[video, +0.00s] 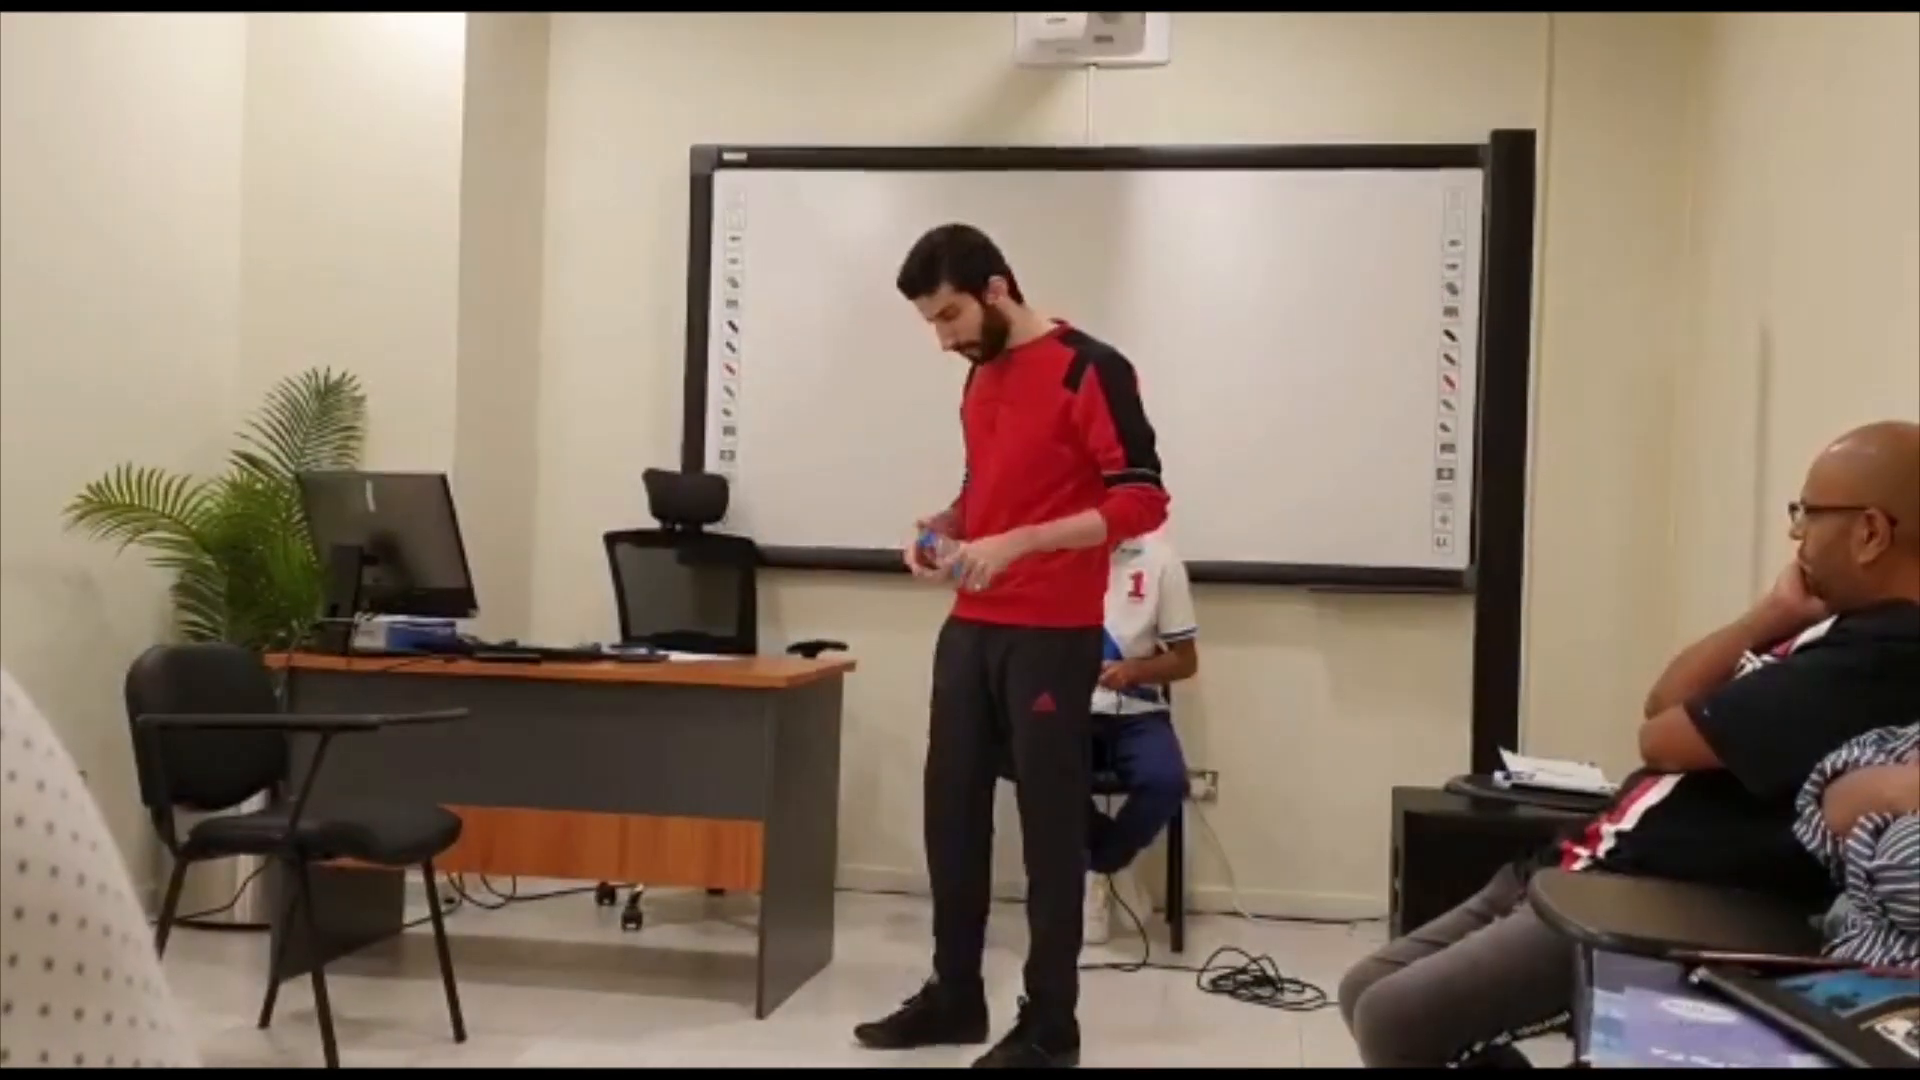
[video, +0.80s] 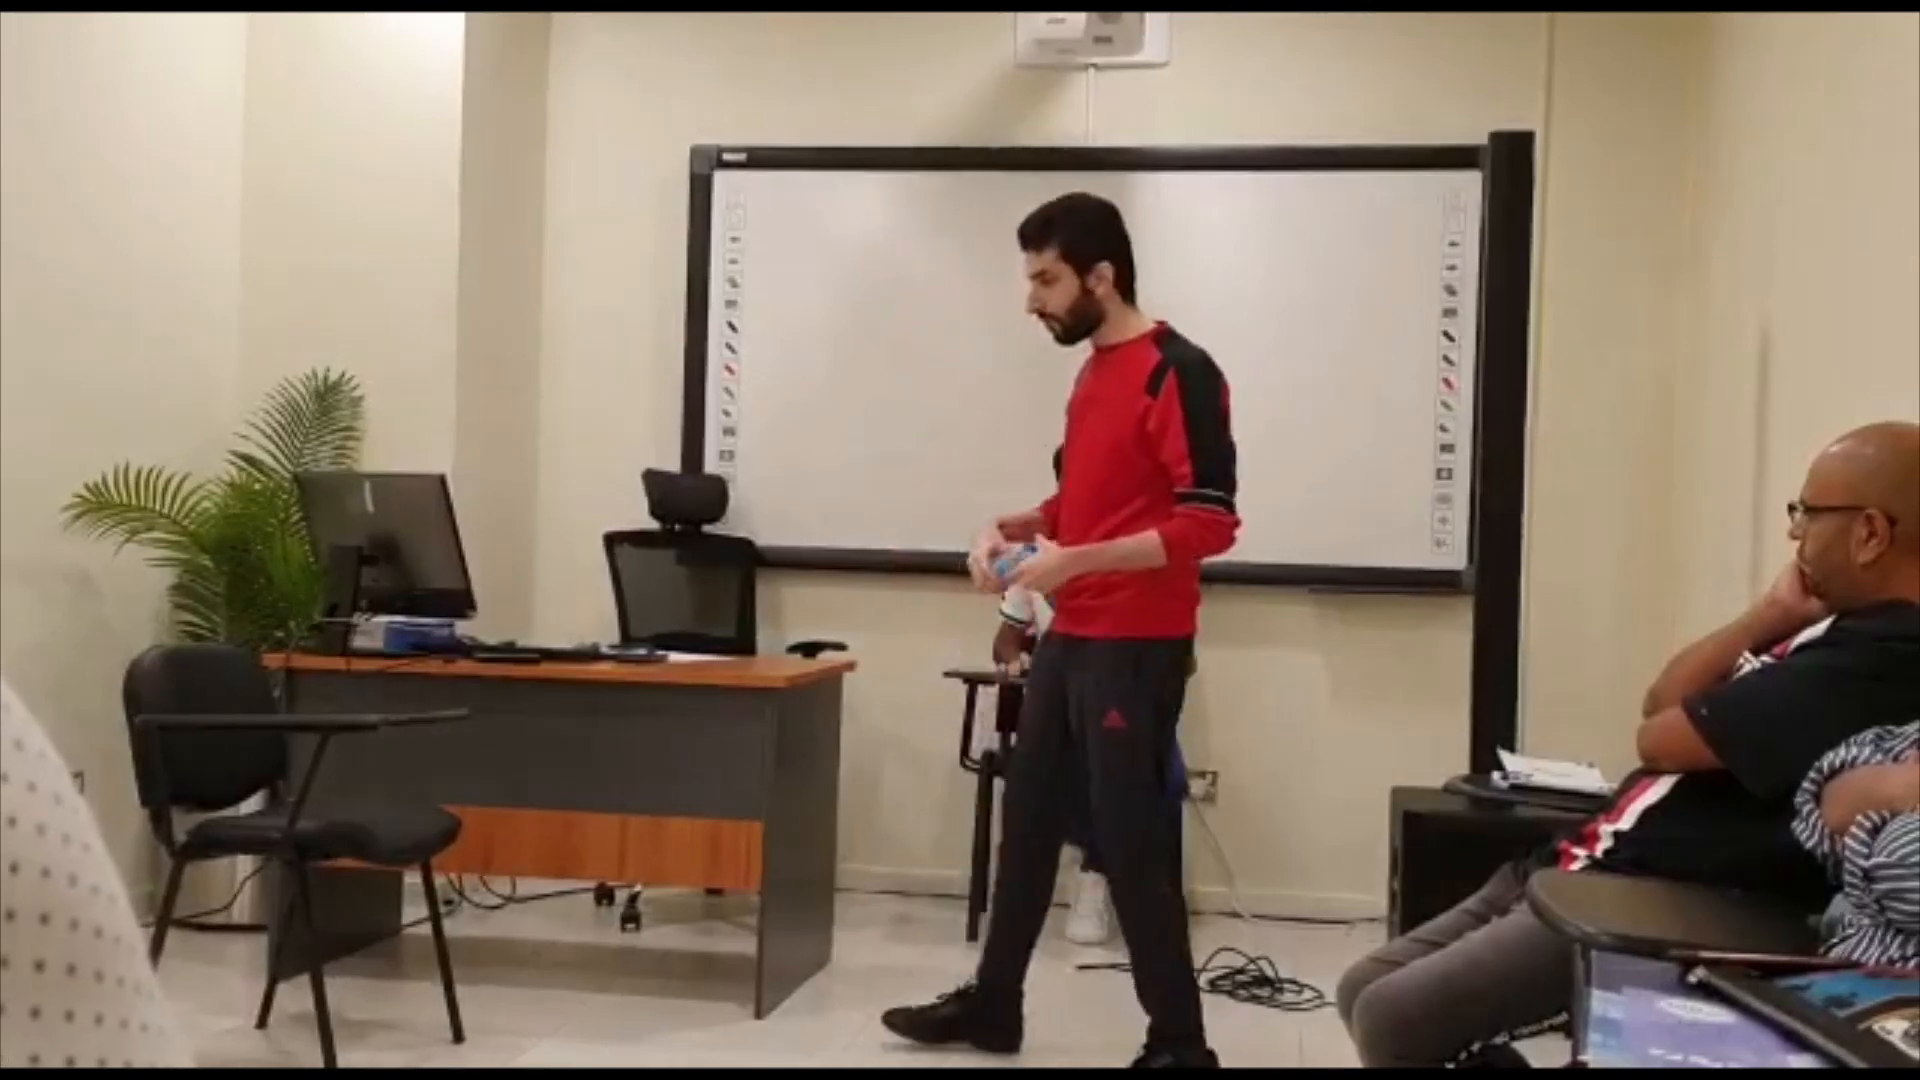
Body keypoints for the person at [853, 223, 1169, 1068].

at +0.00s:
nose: (941, 338)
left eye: (947, 318)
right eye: (932, 323)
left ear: (996, 289)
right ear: (972, 304)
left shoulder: (1091, 369)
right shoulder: (982, 381)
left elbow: (1145, 502)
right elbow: (988, 492)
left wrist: (1017, 542)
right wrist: (944, 530)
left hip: (1054, 637)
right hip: (973, 630)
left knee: (1052, 833)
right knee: (953, 814)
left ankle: (1049, 1026)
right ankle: (955, 996)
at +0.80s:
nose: (1031, 300)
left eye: (1044, 279)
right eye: (1028, 281)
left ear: (1103, 276)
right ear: (1093, 281)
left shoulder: (1179, 369)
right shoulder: (1095, 375)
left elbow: (1210, 522)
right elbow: (1089, 504)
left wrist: (1076, 560)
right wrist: (1017, 526)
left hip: (1137, 644)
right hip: (1069, 636)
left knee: (1132, 845)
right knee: (1030, 818)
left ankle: (1179, 1041)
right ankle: (994, 1000)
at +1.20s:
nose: (1137, 287)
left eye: (1149, 266)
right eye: (1134, 268)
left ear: (1206, 261)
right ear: (1200, 266)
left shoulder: (1268, 357)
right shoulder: (1212, 359)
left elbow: (1241, 521)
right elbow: (1180, 519)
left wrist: (1143, 647)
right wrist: (1106, 602)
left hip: (1226, 636)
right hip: (1192, 632)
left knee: (1192, 835)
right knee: (1211, 827)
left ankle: (1184, 1040)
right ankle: (1286, 1020)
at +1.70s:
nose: (1315, 298)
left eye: (1327, 277)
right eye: (1312, 280)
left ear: (1385, 272)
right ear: (1385, 277)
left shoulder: (1420, 366)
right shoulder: (1407, 362)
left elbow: (1450, 535)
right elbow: (1421, 533)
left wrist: (1417, 688)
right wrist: (1370, 658)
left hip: (1377, 664)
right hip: (1407, 658)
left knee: (1279, 853)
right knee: (1449, 871)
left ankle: (1195, 1042)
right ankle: (1466, 1046)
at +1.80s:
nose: (1346, 288)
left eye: (1359, 267)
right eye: (1344, 270)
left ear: (1420, 263)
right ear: (1420, 270)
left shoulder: (1442, 362)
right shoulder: (1461, 355)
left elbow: (1471, 530)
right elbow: (1461, 530)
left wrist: (1435, 684)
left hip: (1396, 657)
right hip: (1457, 658)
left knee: (1306, 837)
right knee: (1458, 865)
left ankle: (1257, 1040)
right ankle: (1484, 1046)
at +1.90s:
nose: (1369, 280)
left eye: (1384, 260)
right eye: (1368, 263)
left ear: (1444, 260)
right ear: (1448, 267)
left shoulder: (1453, 362)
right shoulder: (1498, 359)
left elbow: (1477, 533)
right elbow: (1526, 535)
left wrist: (1435, 685)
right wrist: (1423, 628)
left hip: (1406, 660)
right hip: (1470, 660)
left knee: (1323, 843)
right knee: (1453, 867)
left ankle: (1348, 1040)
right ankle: (1457, 1045)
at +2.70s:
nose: (1416, 281)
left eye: (1437, 264)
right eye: (1417, 261)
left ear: (1500, 273)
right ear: (1495, 276)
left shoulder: (1503, 377)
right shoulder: (1483, 360)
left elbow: (1483, 565)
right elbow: (1468, 546)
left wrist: (1406, 705)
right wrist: (1403, 681)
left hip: (1454, 673)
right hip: (1436, 665)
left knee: (1443, 899)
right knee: (1444, 890)